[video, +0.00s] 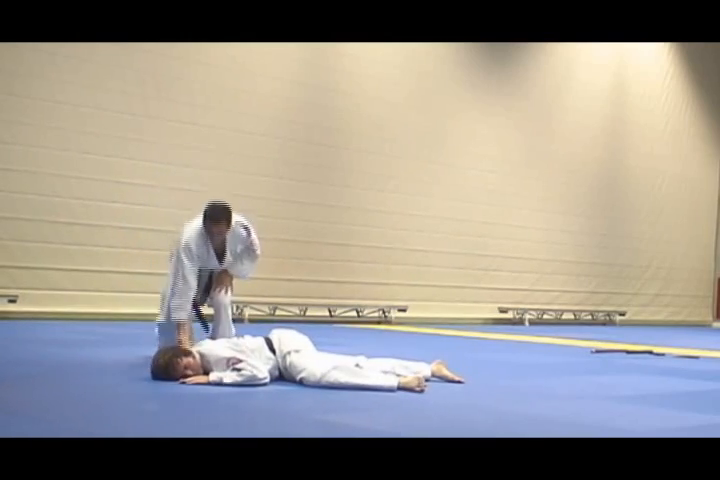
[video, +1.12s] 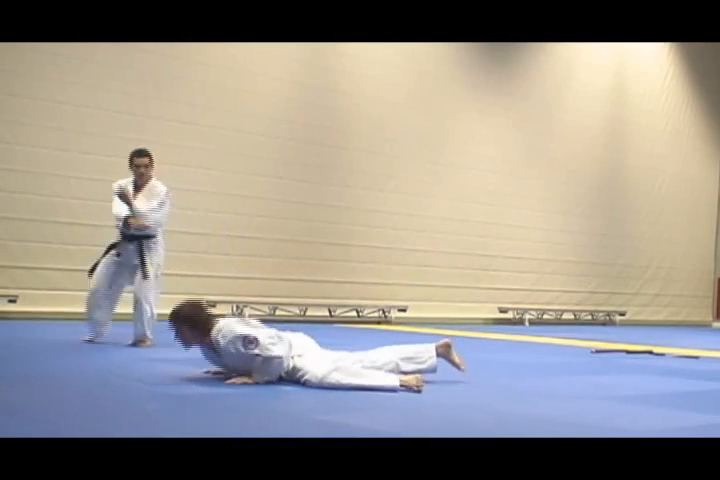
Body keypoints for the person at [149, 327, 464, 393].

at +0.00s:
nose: (189, 371)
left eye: (185, 366)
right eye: (182, 372)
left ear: (188, 354)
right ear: (182, 370)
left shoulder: (212, 351)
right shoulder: (204, 356)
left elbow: (259, 373)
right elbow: (235, 365)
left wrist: (213, 379)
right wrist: (207, 368)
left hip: (280, 346)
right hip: (281, 351)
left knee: (315, 373)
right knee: (351, 364)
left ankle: (399, 381)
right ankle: (427, 369)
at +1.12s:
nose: (177, 336)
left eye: (178, 331)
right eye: (175, 332)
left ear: (192, 327)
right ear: (192, 326)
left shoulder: (225, 335)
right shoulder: (210, 341)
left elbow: (274, 353)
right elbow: (246, 352)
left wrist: (256, 378)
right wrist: (231, 368)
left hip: (296, 357)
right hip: (291, 355)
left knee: (328, 376)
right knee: (359, 361)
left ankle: (398, 381)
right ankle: (436, 350)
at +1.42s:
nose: (194, 293)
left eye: (197, 288)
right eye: (193, 288)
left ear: (211, 287)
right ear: (211, 285)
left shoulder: (243, 306)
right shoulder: (219, 306)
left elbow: (271, 353)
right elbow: (232, 340)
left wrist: (257, 378)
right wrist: (229, 367)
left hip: (300, 343)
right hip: (288, 355)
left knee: (317, 377)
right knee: (357, 365)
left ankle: (398, 380)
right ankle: (432, 347)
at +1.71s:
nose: (212, 271)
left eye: (213, 265)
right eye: (210, 266)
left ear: (226, 263)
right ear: (235, 258)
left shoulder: (257, 278)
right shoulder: (247, 282)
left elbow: (262, 327)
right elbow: (240, 327)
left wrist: (256, 373)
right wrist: (230, 367)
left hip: (321, 314)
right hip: (318, 321)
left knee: (317, 371)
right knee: (372, 366)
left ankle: (386, 372)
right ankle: (440, 353)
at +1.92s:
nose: (231, 276)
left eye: (230, 272)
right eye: (229, 272)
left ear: (239, 270)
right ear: (252, 261)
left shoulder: (275, 278)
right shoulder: (265, 280)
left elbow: (273, 329)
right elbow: (250, 324)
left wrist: (260, 373)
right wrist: (233, 364)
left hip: (345, 302)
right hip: (350, 300)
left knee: (318, 370)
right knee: (374, 365)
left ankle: (387, 369)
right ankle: (440, 360)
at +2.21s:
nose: (261, 280)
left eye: (259, 274)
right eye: (258, 275)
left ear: (268, 271)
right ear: (282, 258)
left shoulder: (297, 278)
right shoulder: (302, 270)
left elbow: (288, 331)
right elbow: (283, 320)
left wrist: (264, 375)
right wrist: (259, 347)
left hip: (366, 308)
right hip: (383, 302)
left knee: (329, 369)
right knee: (375, 368)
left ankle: (380, 370)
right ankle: (438, 366)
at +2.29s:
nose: (264, 272)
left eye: (263, 267)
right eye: (262, 267)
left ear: (270, 265)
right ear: (286, 250)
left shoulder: (297, 276)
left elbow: (286, 328)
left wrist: (264, 374)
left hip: (366, 309)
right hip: (385, 300)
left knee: (328, 369)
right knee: (378, 367)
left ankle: (381, 371)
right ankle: (438, 367)